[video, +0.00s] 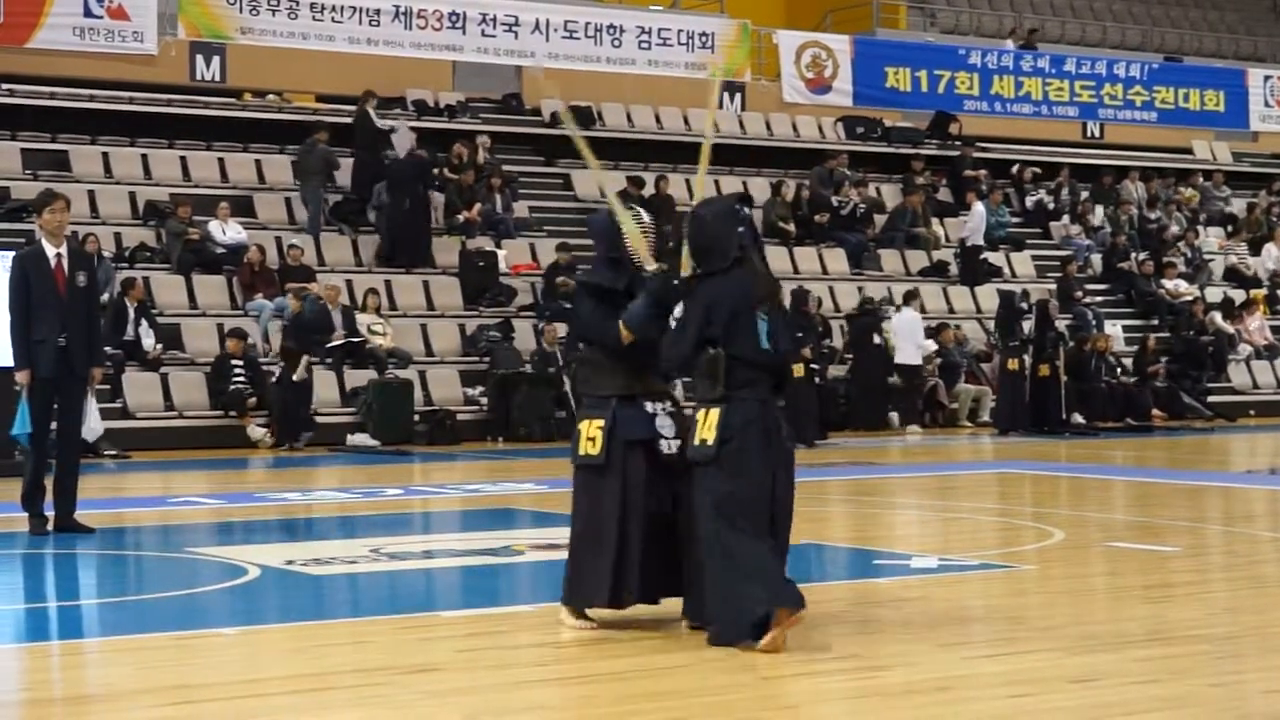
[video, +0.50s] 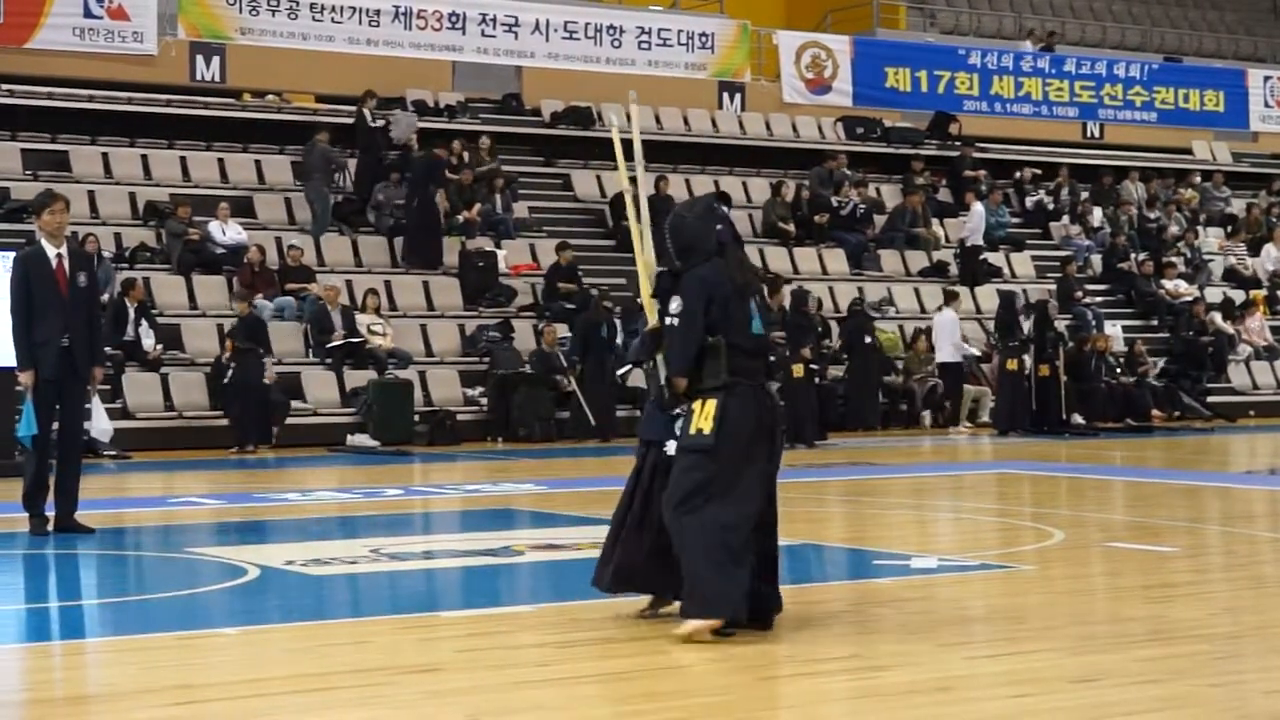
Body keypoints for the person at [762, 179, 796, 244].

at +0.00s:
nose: (787, 191)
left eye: (787, 188)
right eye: (784, 188)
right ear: (779, 189)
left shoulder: (786, 204)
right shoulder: (770, 203)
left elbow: (789, 218)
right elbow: (772, 220)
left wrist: (792, 228)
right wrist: (788, 228)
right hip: (771, 235)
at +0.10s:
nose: (787, 191)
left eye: (787, 188)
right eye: (785, 188)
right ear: (779, 188)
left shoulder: (786, 204)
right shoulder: (770, 203)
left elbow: (789, 218)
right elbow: (772, 219)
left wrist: (792, 227)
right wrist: (788, 228)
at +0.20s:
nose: (787, 191)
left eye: (788, 188)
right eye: (785, 188)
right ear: (779, 188)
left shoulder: (787, 204)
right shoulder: (770, 203)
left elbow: (789, 218)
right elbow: (773, 220)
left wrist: (792, 227)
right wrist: (788, 228)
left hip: (784, 235)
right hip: (771, 235)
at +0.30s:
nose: (787, 191)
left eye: (788, 188)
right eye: (785, 188)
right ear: (779, 188)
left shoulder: (787, 204)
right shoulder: (770, 203)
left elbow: (789, 218)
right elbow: (773, 220)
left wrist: (792, 227)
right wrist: (788, 228)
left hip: (784, 235)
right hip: (771, 235)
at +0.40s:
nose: (787, 191)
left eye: (787, 188)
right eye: (785, 188)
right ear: (778, 189)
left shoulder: (787, 204)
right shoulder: (769, 203)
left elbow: (789, 218)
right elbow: (773, 221)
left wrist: (792, 228)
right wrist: (789, 229)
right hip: (770, 234)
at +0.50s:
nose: (787, 191)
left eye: (787, 188)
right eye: (785, 188)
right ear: (778, 189)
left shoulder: (786, 205)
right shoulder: (769, 203)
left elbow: (789, 218)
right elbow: (774, 221)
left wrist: (792, 228)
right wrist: (789, 229)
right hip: (770, 233)